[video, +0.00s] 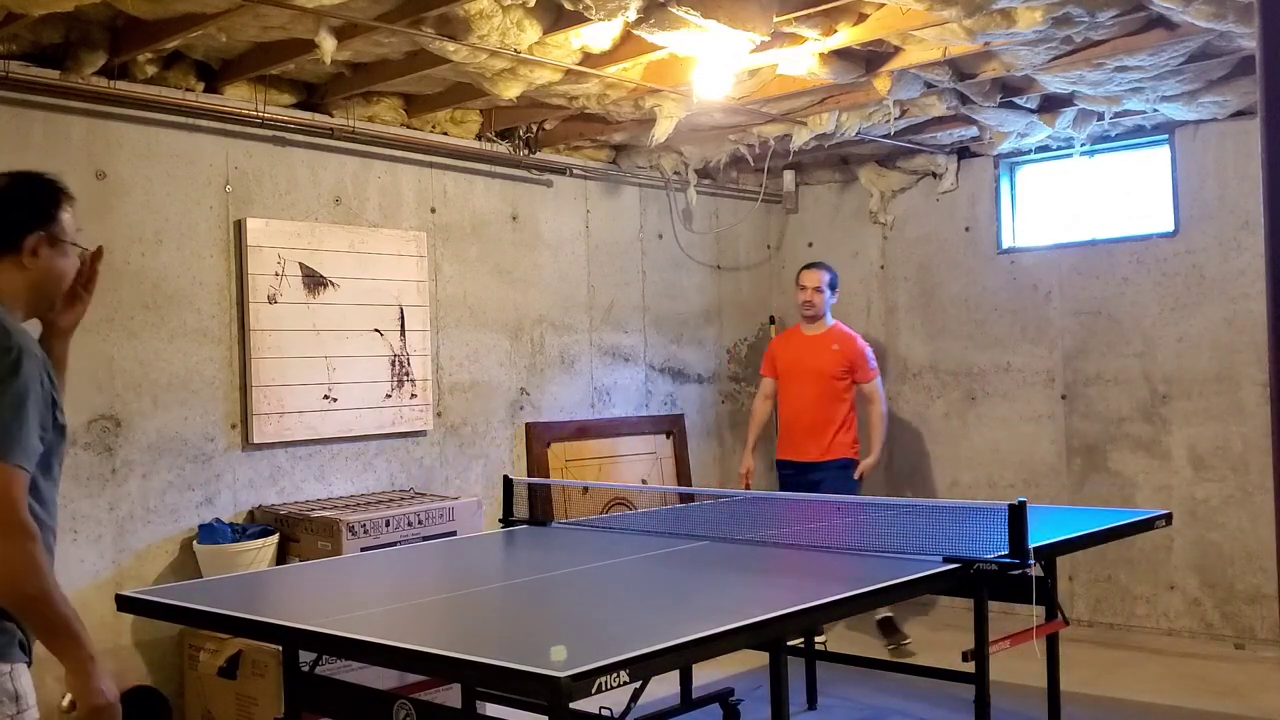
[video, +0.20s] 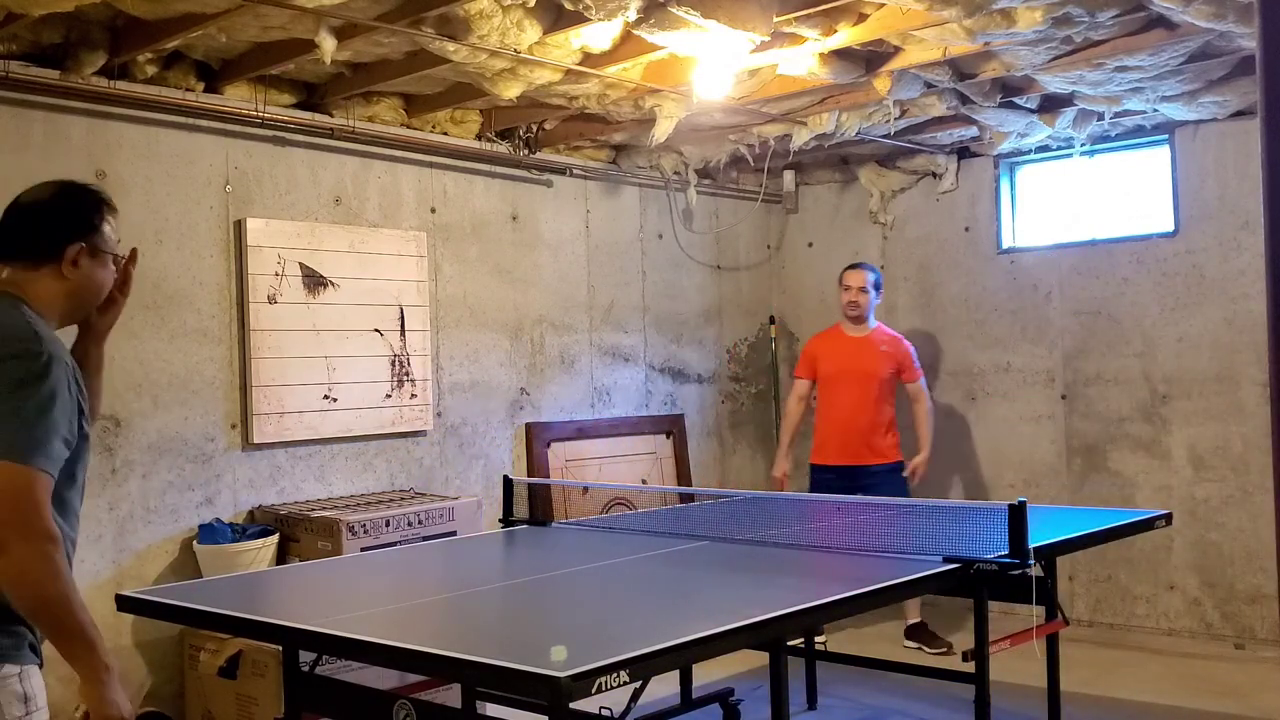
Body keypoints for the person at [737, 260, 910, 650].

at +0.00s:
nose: (807, 296)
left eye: (817, 290)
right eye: (802, 289)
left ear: (832, 297)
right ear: (794, 293)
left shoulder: (851, 344)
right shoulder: (780, 345)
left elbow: (875, 399)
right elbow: (765, 398)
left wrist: (874, 453)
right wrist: (748, 452)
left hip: (836, 465)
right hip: (790, 465)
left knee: (847, 541)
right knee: (797, 546)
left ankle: (882, 615)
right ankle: (810, 623)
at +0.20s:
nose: (853, 296)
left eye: (862, 290)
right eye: (847, 289)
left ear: (876, 296)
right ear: (838, 294)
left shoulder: (896, 346)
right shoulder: (817, 346)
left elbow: (920, 399)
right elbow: (798, 400)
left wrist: (924, 451)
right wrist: (783, 454)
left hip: (883, 467)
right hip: (828, 468)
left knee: (904, 539)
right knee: (820, 544)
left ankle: (914, 623)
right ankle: (813, 622)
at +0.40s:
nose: (901, 294)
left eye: (910, 288)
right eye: (894, 287)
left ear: (924, 294)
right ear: (886, 292)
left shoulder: (942, 344)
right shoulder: (863, 342)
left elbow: (958, 398)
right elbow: (838, 398)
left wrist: (977, 446)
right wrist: (823, 456)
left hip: (926, 466)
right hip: (872, 466)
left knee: (926, 545)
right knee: (852, 543)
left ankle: (918, 625)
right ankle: (827, 620)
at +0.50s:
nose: (921, 290)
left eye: (930, 283)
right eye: (914, 282)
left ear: (944, 289)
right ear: (905, 288)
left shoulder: (960, 339)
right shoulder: (881, 336)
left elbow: (974, 394)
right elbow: (855, 392)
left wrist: (994, 442)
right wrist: (846, 451)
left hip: (941, 461)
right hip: (891, 461)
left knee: (936, 543)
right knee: (891, 542)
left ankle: (920, 623)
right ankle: (868, 615)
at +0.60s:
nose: (940, 289)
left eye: (949, 282)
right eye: (933, 281)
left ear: (962, 288)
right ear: (923, 287)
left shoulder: (977, 340)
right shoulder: (900, 335)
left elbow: (989, 395)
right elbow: (871, 390)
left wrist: (1008, 440)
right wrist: (868, 447)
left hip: (955, 460)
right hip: (910, 458)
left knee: (938, 543)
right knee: (922, 540)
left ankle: (919, 624)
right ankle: (922, 626)